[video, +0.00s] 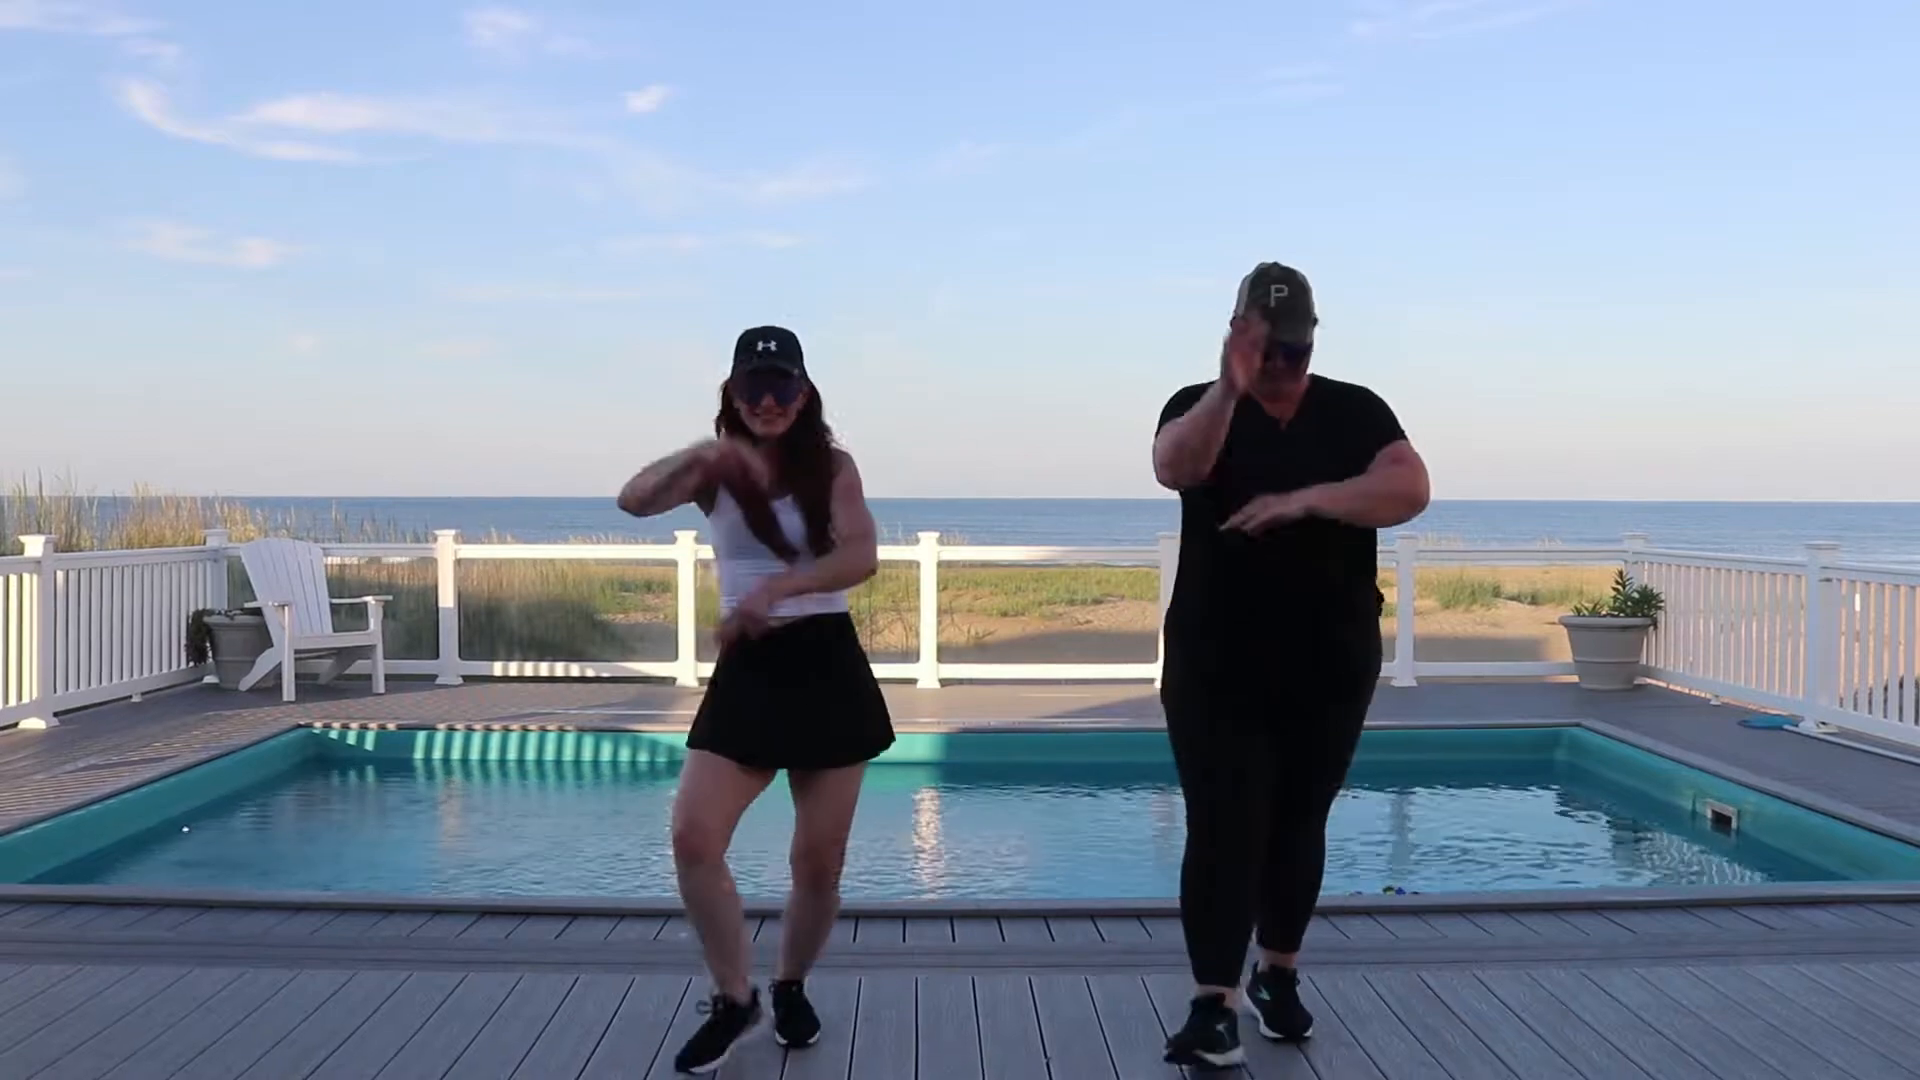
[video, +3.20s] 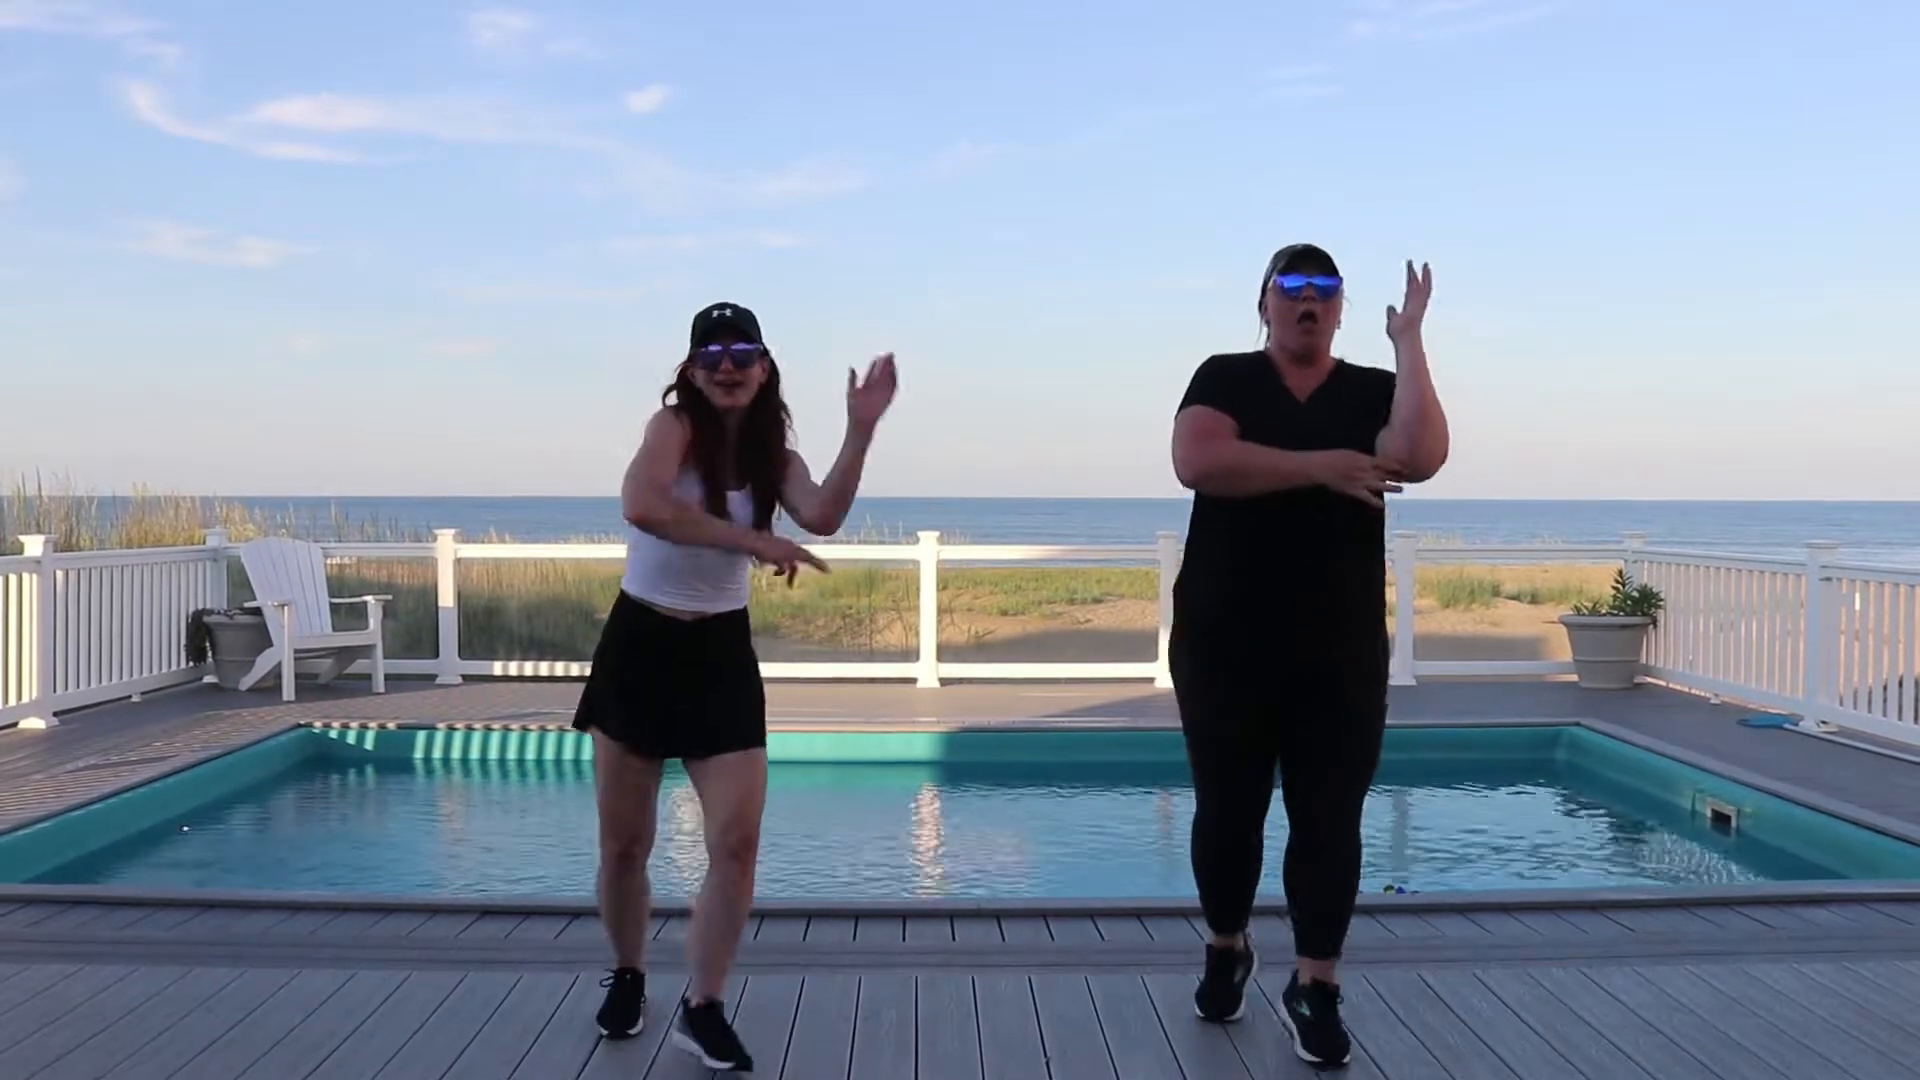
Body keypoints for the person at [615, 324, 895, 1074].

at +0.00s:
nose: (773, 399)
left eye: (786, 386)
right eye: (758, 385)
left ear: (805, 391)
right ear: (734, 388)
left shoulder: (831, 467)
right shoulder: (714, 463)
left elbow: (860, 557)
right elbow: (634, 498)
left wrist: (771, 587)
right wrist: (701, 460)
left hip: (829, 668)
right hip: (748, 669)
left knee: (819, 863)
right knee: (693, 839)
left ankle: (792, 985)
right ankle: (735, 1000)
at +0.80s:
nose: (756, 400)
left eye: (766, 386)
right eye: (738, 389)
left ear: (781, 388)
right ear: (708, 397)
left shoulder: (803, 462)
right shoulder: (683, 475)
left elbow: (843, 539)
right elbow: (647, 573)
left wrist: (838, 609)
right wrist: (691, 552)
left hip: (797, 669)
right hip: (713, 671)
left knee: (839, 864)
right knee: (710, 871)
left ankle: (827, 930)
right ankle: (758, 986)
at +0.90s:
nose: (770, 394)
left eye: (780, 382)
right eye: (753, 383)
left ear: (791, 388)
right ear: (720, 392)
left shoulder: (805, 463)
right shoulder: (685, 467)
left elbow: (862, 507)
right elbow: (656, 559)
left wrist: (870, 516)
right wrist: (749, 554)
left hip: (783, 667)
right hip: (701, 670)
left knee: (823, 852)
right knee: (704, 872)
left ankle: (807, 983)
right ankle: (758, 988)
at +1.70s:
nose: (749, 401)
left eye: (761, 387)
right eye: (733, 388)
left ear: (779, 393)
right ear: (707, 395)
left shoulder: (801, 470)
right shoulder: (683, 467)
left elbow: (842, 559)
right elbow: (610, 502)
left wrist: (784, 599)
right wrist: (686, 480)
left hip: (795, 672)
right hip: (711, 671)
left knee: (790, 870)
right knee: (661, 858)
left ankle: (748, 993)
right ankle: (688, 980)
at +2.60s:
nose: (707, 395)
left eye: (722, 381)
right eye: (691, 383)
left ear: (744, 391)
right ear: (671, 394)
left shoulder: (763, 467)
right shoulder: (642, 469)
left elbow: (814, 499)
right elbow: (619, 564)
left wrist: (832, 495)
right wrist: (725, 566)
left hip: (746, 670)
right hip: (664, 673)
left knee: (807, 859)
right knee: (659, 879)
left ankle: (787, 909)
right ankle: (721, 982)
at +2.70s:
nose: (721, 380)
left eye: (737, 368)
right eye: (707, 368)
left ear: (759, 378)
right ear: (686, 377)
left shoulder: (763, 456)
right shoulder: (656, 436)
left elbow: (828, 494)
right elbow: (637, 520)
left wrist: (845, 413)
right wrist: (749, 529)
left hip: (737, 657)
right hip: (652, 661)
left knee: (773, 840)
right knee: (658, 866)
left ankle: (754, 989)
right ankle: (713, 981)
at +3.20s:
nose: (728, 369)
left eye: (743, 356)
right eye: (713, 358)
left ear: (764, 365)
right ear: (693, 367)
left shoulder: (771, 448)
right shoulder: (673, 426)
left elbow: (822, 513)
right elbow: (641, 504)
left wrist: (860, 429)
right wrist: (750, 539)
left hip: (722, 648)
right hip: (640, 645)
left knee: (737, 843)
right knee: (624, 845)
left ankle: (705, 1004)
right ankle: (626, 976)